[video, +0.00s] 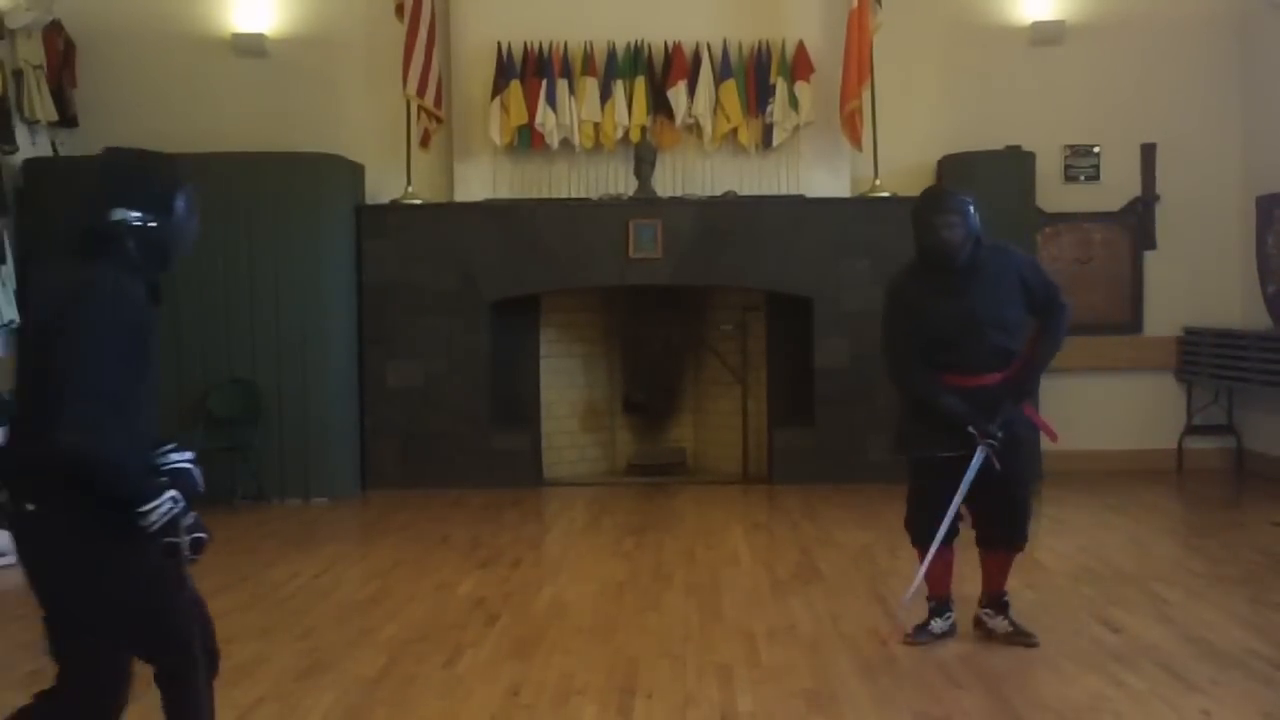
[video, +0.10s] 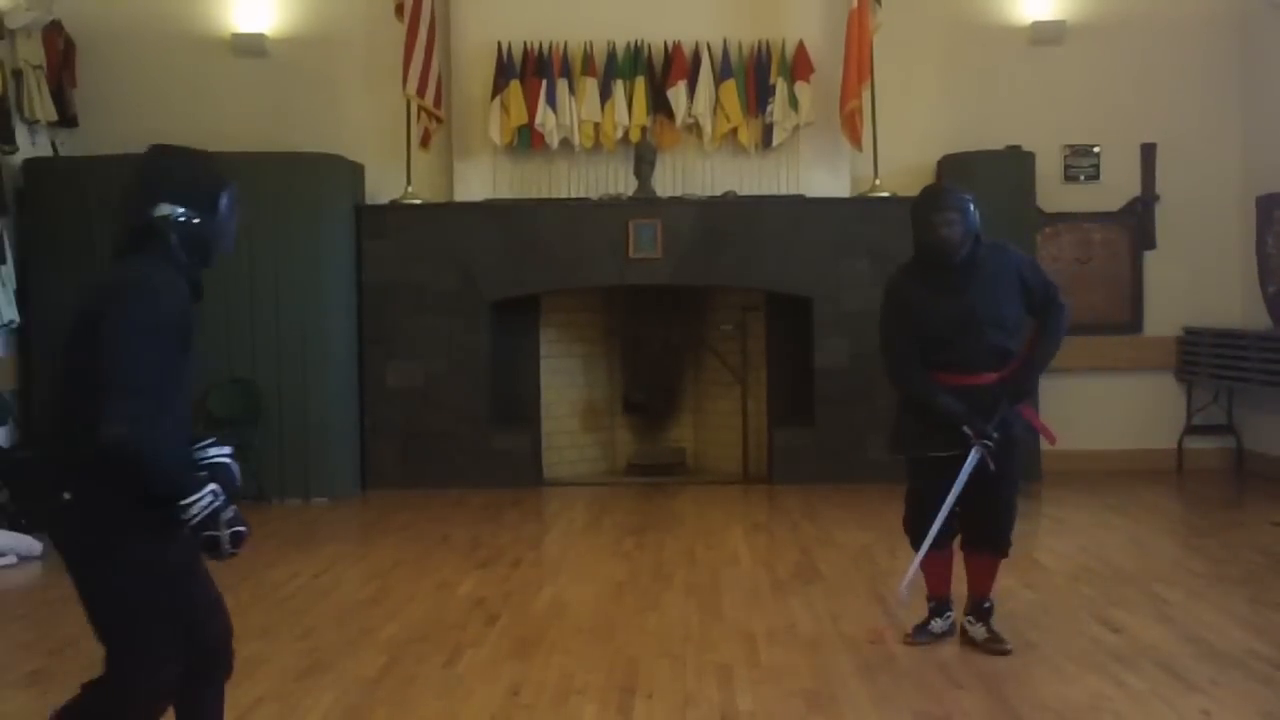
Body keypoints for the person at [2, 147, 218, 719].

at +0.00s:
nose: (190, 225)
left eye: (187, 208)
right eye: (182, 208)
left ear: (121, 214)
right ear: (146, 216)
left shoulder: (75, 282)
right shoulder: (112, 292)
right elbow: (92, 429)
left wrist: (160, 467)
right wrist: (156, 502)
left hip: (49, 512)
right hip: (95, 517)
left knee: (91, 687)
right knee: (189, 650)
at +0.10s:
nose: (231, 225)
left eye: (229, 208)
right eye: (224, 209)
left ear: (166, 212)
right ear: (190, 214)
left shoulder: (149, 281)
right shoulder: (152, 286)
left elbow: (151, 410)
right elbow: (136, 420)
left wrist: (200, 469)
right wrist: (194, 493)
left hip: (114, 498)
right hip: (106, 503)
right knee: (194, 646)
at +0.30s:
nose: (280, 208)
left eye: (277, 192)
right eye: (273, 192)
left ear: (211, 193)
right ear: (239, 197)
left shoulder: (207, 265)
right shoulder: (202, 269)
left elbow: (216, 386)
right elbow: (189, 402)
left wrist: (261, 444)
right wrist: (254, 482)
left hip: (182, 495)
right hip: (159, 499)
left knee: (221, 656)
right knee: (194, 673)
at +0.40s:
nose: (292, 212)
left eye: (290, 195)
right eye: (286, 195)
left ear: (219, 194)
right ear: (256, 199)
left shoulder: (217, 268)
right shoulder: (218, 275)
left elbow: (227, 391)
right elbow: (208, 412)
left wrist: (277, 441)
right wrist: (279, 485)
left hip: (201, 496)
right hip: (182, 501)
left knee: (261, 637)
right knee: (220, 670)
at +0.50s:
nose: (309, 215)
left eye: (307, 198)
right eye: (304, 198)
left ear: (232, 198)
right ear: (274, 203)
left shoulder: (218, 272)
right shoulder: (245, 280)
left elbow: (230, 407)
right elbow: (232, 421)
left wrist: (291, 449)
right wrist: (304, 493)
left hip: (222, 504)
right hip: (206, 511)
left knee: (316, 622)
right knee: (228, 692)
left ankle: (272, 708)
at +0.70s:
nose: (380, 215)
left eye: (379, 201)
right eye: (374, 201)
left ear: (307, 206)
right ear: (340, 208)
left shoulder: (298, 279)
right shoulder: (310, 286)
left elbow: (313, 410)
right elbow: (297, 423)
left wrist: (367, 471)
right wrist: (374, 494)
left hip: (289, 517)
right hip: (267, 522)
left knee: (395, 638)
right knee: (275, 697)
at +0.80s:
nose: (419, 239)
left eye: (417, 223)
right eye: (412, 223)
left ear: (353, 226)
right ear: (381, 227)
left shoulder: (338, 297)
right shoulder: (352, 299)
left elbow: (333, 451)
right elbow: (360, 437)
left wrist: (412, 503)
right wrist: (444, 479)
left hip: (340, 538)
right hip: (312, 544)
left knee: (452, 629)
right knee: (285, 707)